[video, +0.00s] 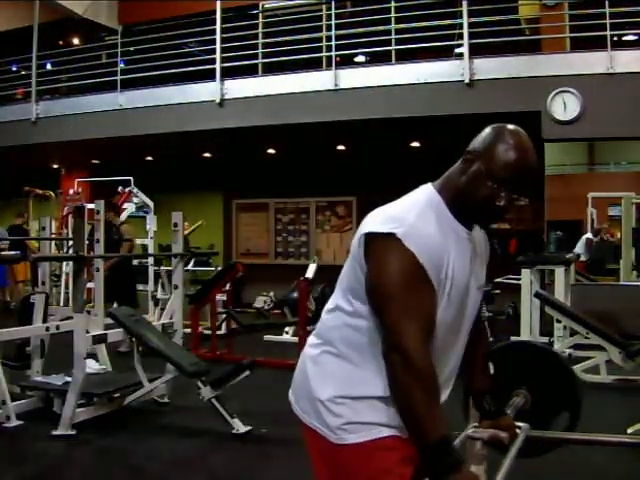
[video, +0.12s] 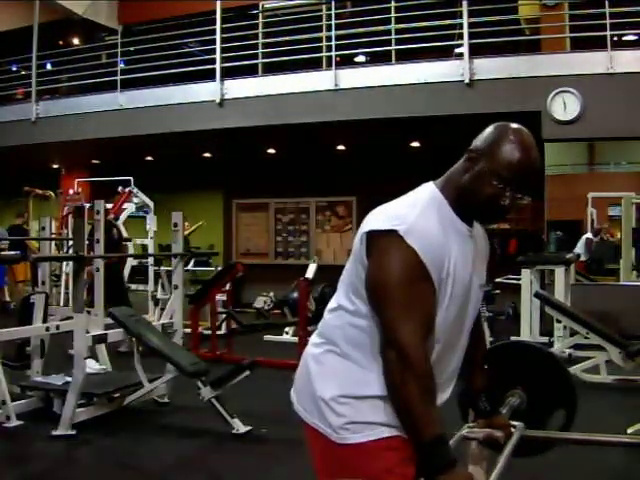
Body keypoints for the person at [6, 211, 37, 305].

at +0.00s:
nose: (27, 219)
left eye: (26, 217)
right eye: (26, 217)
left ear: (16, 217)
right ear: (24, 217)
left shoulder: (10, 228)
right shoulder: (23, 229)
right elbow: (27, 242)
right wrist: (35, 250)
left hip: (10, 258)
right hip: (21, 257)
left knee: (13, 282)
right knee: (20, 282)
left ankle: (13, 301)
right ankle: (21, 301)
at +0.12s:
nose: (28, 218)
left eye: (27, 216)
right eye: (27, 216)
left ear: (16, 217)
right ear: (25, 216)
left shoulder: (10, 228)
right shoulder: (23, 229)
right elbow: (28, 242)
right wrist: (35, 249)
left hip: (10, 258)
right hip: (21, 258)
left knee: (12, 282)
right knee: (20, 282)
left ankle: (14, 303)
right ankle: (20, 304)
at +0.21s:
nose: (27, 218)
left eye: (27, 216)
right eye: (27, 217)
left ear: (16, 217)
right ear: (25, 216)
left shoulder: (10, 228)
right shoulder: (23, 230)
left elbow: (9, 242)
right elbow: (28, 242)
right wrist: (35, 250)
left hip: (11, 258)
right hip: (21, 258)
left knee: (12, 282)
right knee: (20, 282)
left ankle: (14, 303)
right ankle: (19, 304)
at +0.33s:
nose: (28, 220)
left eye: (27, 217)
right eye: (27, 217)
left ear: (16, 217)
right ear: (24, 217)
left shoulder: (10, 228)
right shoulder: (23, 230)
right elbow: (28, 243)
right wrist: (36, 249)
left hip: (11, 258)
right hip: (21, 258)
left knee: (12, 283)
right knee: (21, 283)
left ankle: (12, 302)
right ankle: (19, 303)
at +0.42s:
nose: (28, 220)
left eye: (28, 217)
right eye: (27, 217)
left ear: (17, 217)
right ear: (24, 217)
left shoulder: (10, 228)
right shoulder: (23, 230)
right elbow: (28, 243)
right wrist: (36, 249)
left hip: (11, 258)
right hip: (21, 258)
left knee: (13, 282)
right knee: (21, 282)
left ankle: (11, 301)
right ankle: (21, 302)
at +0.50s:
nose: (28, 219)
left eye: (28, 217)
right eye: (27, 217)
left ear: (17, 217)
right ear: (24, 217)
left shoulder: (9, 229)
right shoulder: (23, 230)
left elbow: (8, 243)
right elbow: (29, 244)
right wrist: (35, 249)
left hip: (11, 258)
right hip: (22, 258)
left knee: (13, 282)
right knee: (21, 282)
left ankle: (13, 302)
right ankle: (21, 303)